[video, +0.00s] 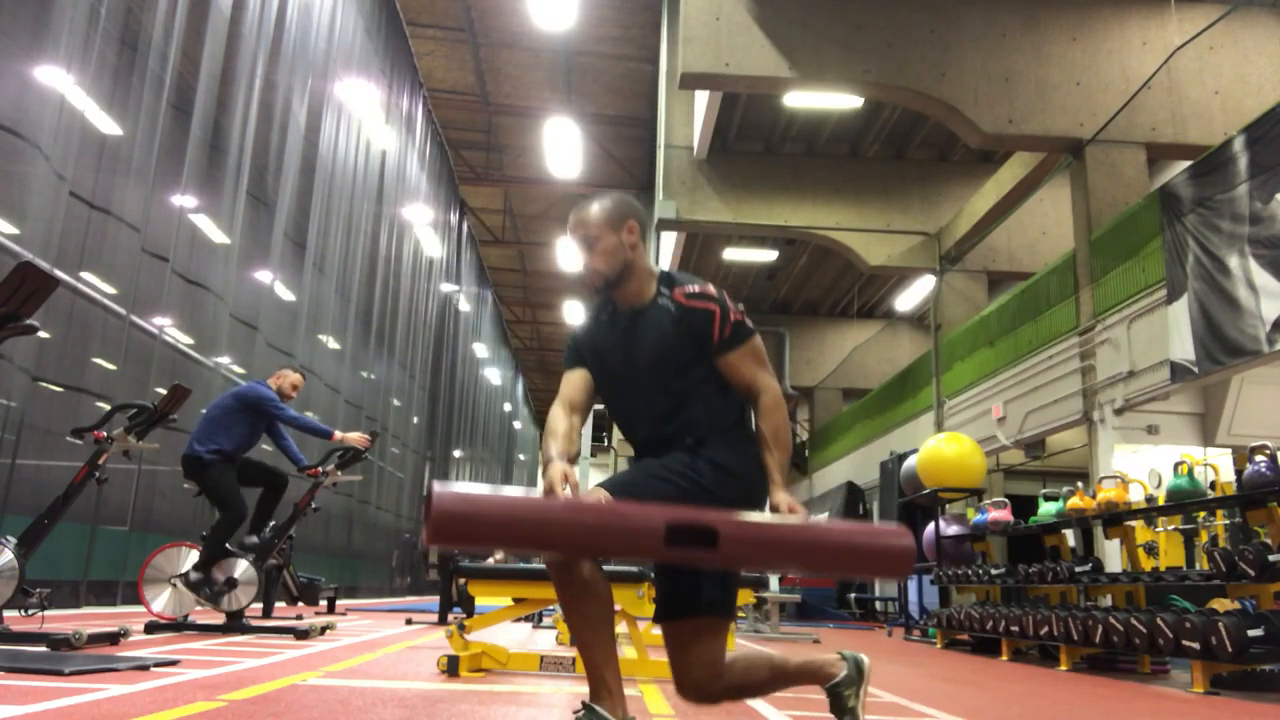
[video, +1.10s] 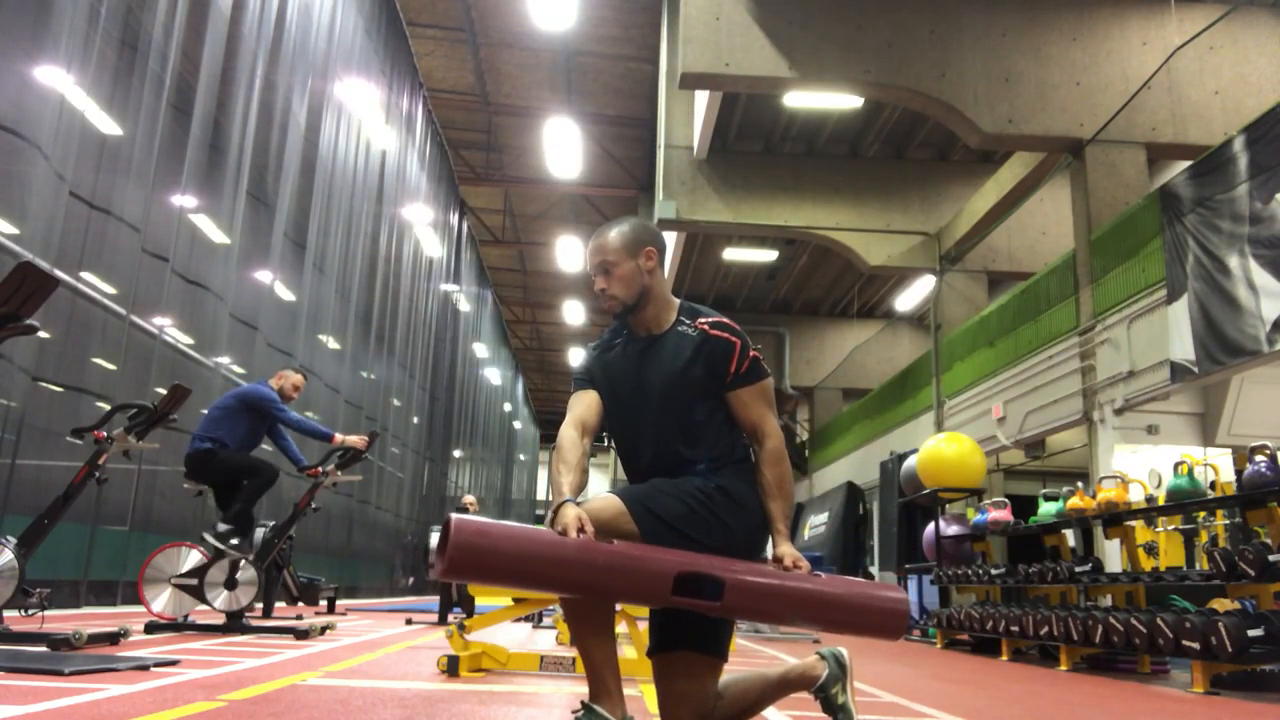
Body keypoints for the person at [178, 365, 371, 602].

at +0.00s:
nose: (295, 393)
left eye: (297, 391)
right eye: (293, 386)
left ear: (280, 384)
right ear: (276, 378)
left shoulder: (264, 402)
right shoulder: (258, 392)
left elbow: (280, 438)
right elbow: (294, 420)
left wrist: (305, 467)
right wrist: (341, 437)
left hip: (225, 460)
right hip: (204, 460)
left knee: (277, 479)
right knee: (235, 512)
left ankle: (252, 537)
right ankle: (198, 572)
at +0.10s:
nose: (294, 396)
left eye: (298, 393)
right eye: (293, 388)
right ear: (277, 379)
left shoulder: (267, 406)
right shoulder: (257, 394)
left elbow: (282, 440)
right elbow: (294, 420)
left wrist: (305, 467)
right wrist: (340, 439)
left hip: (224, 461)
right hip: (203, 459)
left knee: (269, 498)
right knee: (248, 500)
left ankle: (256, 560)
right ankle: (202, 548)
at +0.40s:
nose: (295, 395)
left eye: (298, 392)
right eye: (294, 388)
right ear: (278, 378)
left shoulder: (264, 403)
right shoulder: (258, 393)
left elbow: (281, 439)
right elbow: (294, 421)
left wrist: (305, 467)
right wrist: (340, 440)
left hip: (212, 459)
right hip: (205, 455)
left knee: (249, 511)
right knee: (265, 475)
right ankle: (237, 539)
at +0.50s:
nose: (294, 396)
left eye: (298, 393)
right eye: (293, 388)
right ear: (277, 379)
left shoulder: (267, 406)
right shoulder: (259, 393)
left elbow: (282, 439)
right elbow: (293, 420)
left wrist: (305, 467)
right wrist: (340, 439)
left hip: (218, 459)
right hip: (207, 458)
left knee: (260, 502)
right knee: (259, 501)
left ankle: (226, 547)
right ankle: (238, 561)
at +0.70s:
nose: (296, 395)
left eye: (299, 392)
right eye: (295, 388)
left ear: (283, 385)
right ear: (279, 379)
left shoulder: (266, 402)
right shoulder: (260, 393)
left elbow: (280, 439)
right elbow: (295, 422)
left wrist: (305, 467)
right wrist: (341, 440)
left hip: (227, 462)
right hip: (208, 460)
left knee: (278, 476)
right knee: (232, 516)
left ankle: (244, 527)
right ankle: (216, 583)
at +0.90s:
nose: (294, 397)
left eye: (298, 394)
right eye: (293, 390)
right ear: (277, 380)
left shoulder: (266, 407)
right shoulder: (258, 393)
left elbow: (280, 440)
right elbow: (295, 422)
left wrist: (304, 467)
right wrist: (340, 439)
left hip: (222, 461)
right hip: (204, 459)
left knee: (266, 500)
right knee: (249, 501)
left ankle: (254, 560)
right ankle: (200, 549)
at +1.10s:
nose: (296, 395)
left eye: (299, 392)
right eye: (295, 388)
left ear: (281, 384)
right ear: (279, 378)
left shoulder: (263, 402)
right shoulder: (260, 392)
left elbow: (280, 439)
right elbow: (294, 422)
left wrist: (304, 467)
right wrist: (341, 440)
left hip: (215, 460)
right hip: (206, 456)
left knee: (243, 518)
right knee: (267, 472)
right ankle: (226, 526)